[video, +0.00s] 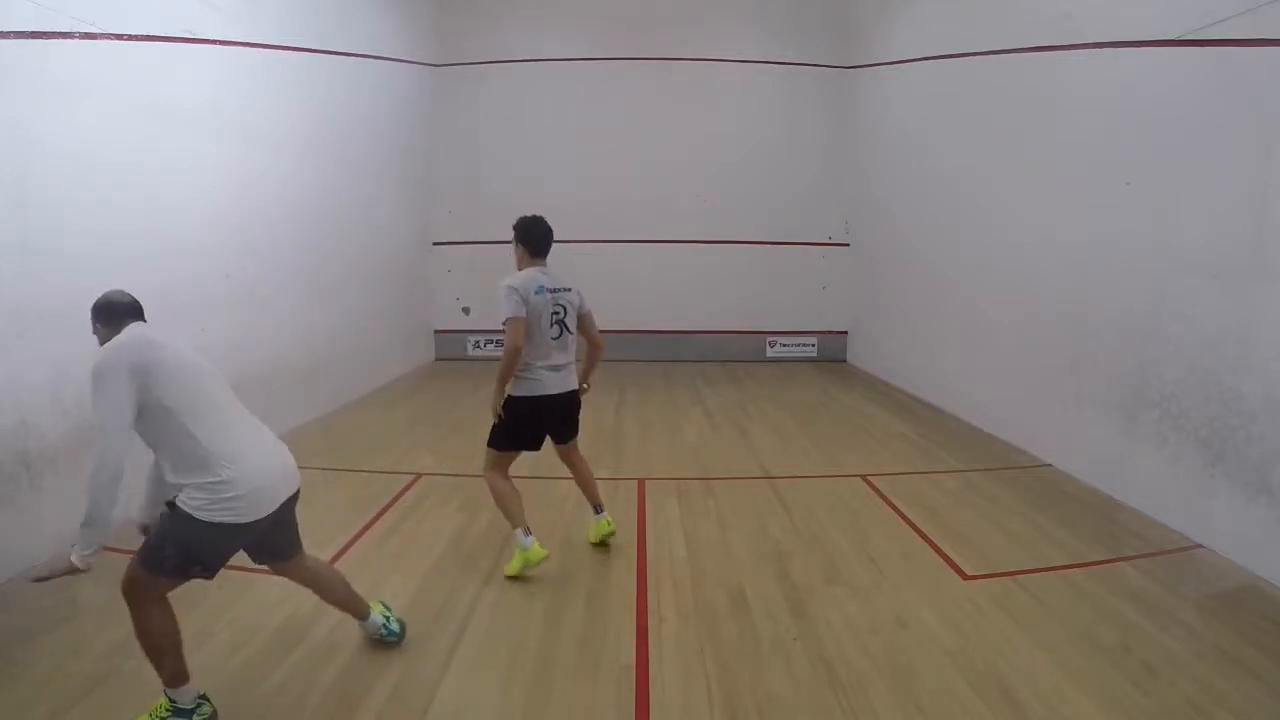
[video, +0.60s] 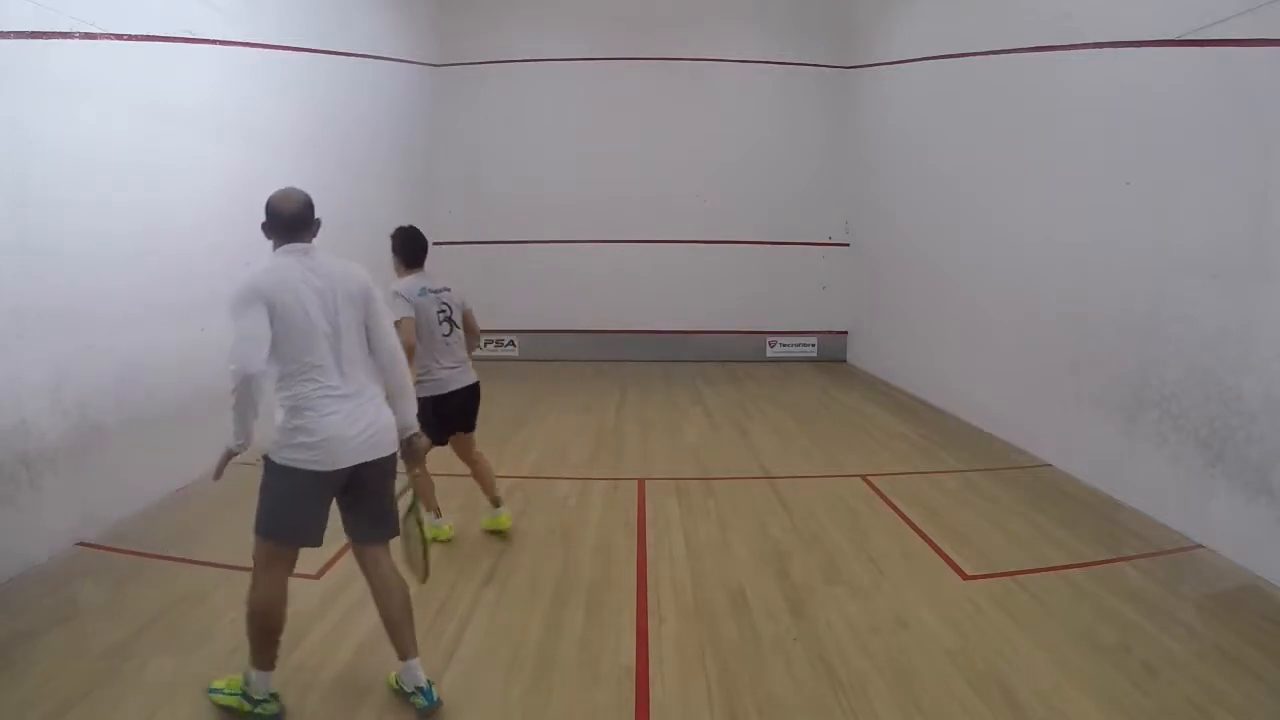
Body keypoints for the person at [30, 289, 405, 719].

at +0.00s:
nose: (96, 341)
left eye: (95, 334)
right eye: (97, 333)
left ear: (101, 329)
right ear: (140, 319)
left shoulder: (114, 360)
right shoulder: (169, 348)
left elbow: (110, 459)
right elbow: (170, 446)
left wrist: (84, 547)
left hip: (222, 499)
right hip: (278, 476)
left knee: (141, 588)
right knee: (292, 560)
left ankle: (185, 703)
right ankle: (377, 620)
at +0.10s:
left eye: (111, 305)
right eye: (154, 296)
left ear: (107, 306)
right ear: (155, 299)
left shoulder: (109, 339)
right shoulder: (174, 335)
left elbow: (102, 426)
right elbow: (204, 409)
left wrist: (87, 525)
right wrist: (178, 482)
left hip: (209, 487)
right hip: (273, 464)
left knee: (148, 585)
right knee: (284, 554)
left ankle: (185, 700)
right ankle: (369, 631)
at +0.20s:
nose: (122, 289)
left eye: (123, 283)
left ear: (125, 286)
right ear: (174, 282)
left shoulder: (119, 324)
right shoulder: (211, 317)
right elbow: (264, 373)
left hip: (205, 482)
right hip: (272, 464)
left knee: (151, 586)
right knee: (279, 557)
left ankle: (184, 701)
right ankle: (372, 638)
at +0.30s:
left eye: (154, 265)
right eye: (199, 261)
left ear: (151, 271)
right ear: (202, 265)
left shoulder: (143, 325)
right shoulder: (238, 313)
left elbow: (143, 416)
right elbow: (305, 369)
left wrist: (131, 503)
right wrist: (327, 403)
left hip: (218, 485)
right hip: (284, 471)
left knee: (159, 580)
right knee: (283, 563)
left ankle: (183, 702)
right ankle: (385, 640)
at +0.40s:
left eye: (188, 251)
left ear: (190, 260)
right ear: (240, 255)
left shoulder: (177, 320)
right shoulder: (278, 305)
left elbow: (179, 415)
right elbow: (332, 376)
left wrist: (180, 483)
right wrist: (352, 433)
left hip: (241, 483)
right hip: (310, 472)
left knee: (187, 578)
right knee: (313, 564)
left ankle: (185, 702)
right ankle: (399, 664)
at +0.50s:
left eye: (231, 242)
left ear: (230, 249)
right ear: (281, 244)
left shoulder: (220, 308)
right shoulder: (322, 297)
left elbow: (221, 399)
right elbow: (361, 378)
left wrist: (215, 465)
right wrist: (380, 448)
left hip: (275, 472)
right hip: (347, 460)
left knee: (231, 586)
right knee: (353, 563)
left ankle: (200, 695)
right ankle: (413, 676)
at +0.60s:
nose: (266, 232)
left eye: (265, 226)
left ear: (266, 232)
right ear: (316, 227)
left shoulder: (257, 286)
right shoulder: (357, 277)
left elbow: (247, 370)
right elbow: (392, 358)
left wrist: (241, 437)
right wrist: (409, 426)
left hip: (303, 451)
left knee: (272, 564)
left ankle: (259, 686)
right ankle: (415, 677)